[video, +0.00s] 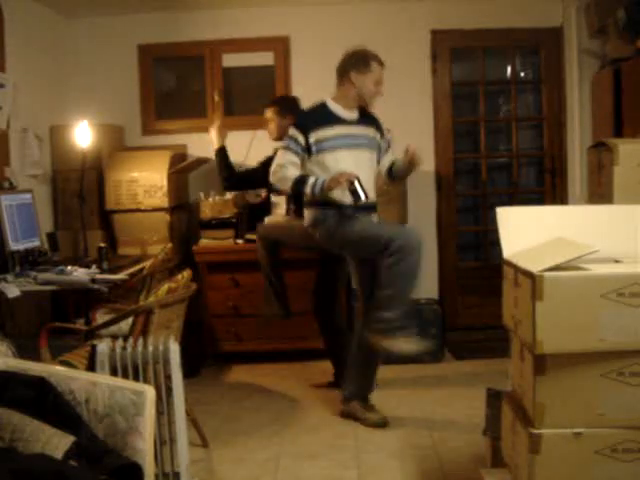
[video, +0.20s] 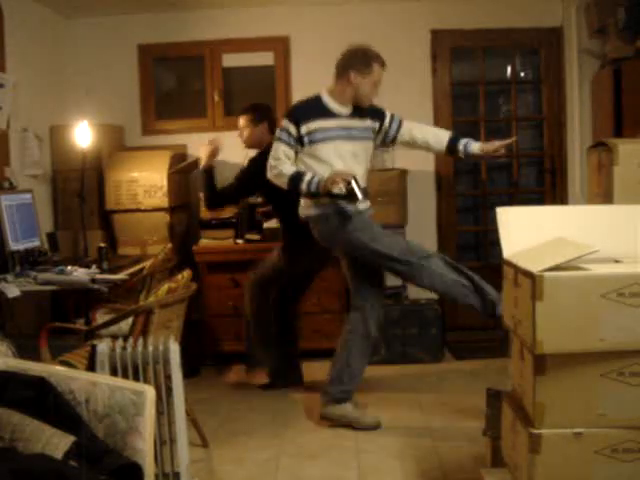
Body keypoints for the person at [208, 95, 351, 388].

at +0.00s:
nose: (267, 127)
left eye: (271, 120)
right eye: (267, 121)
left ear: (288, 122)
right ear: (288, 123)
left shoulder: (286, 157)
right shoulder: (313, 152)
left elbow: (234, 182)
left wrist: (219, 145)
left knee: (326, 302)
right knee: (332, 302)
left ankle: (344, 371)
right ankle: (344, 369)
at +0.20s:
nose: (241, 135)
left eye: (245, 129)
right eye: (240, 129)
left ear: (264, 128)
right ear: (266, 129)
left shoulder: (262, 164)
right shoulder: (291, 151)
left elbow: (215, 202)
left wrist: (206, 166)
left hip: (301, 242)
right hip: (320, 237)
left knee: (260, 285)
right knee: (282, 298)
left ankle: (259, 364)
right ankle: (286, 371)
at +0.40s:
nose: (242, 133)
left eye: (248, 125)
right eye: (238, 127)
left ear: (261, 126)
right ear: (235, 129)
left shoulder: (267, 159)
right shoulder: (261, 158)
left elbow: (261, 216)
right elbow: (257, 210)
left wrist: (223, 231)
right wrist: (235, 214)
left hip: (287, 245)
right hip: (282, 243)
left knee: (238, 284)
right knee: (265, 304)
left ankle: (245, 358)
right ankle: (286, 372)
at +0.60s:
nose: (258, 106)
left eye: (264, 100)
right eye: (252, 100)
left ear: (274, 104)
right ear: (244, 106)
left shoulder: (287, 145)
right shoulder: (242, 145)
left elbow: (312, 181)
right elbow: (242, 189)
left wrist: (312, 222)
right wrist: (213, 203)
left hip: (281, 231)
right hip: (253, 232)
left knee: (242, 290)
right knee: (245, 296)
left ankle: (268, 364)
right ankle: (262, 371)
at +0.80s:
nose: (272, 119)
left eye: (278, 113)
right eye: (266, 113)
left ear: (286, 118)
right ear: (256, 118)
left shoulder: (291, 160)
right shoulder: (238, 151)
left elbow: (307, 201)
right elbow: (219, 189)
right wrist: (189, 201)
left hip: (274, 246)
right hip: (240, 246)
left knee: (264, 322)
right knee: (234, 318)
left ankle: (311, 371)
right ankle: (259, 379)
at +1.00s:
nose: (270, 107)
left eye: (277, 101)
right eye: (266, 100)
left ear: (288, 104)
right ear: (259, 102)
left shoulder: (292, 141)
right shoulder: (240, 135)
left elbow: (296, 179)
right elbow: (215, 169)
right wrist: (178, 189)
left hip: (268, 226)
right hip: (233, 226)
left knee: (257, 293)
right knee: (237, 299)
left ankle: (258, 373)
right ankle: (252, 367)